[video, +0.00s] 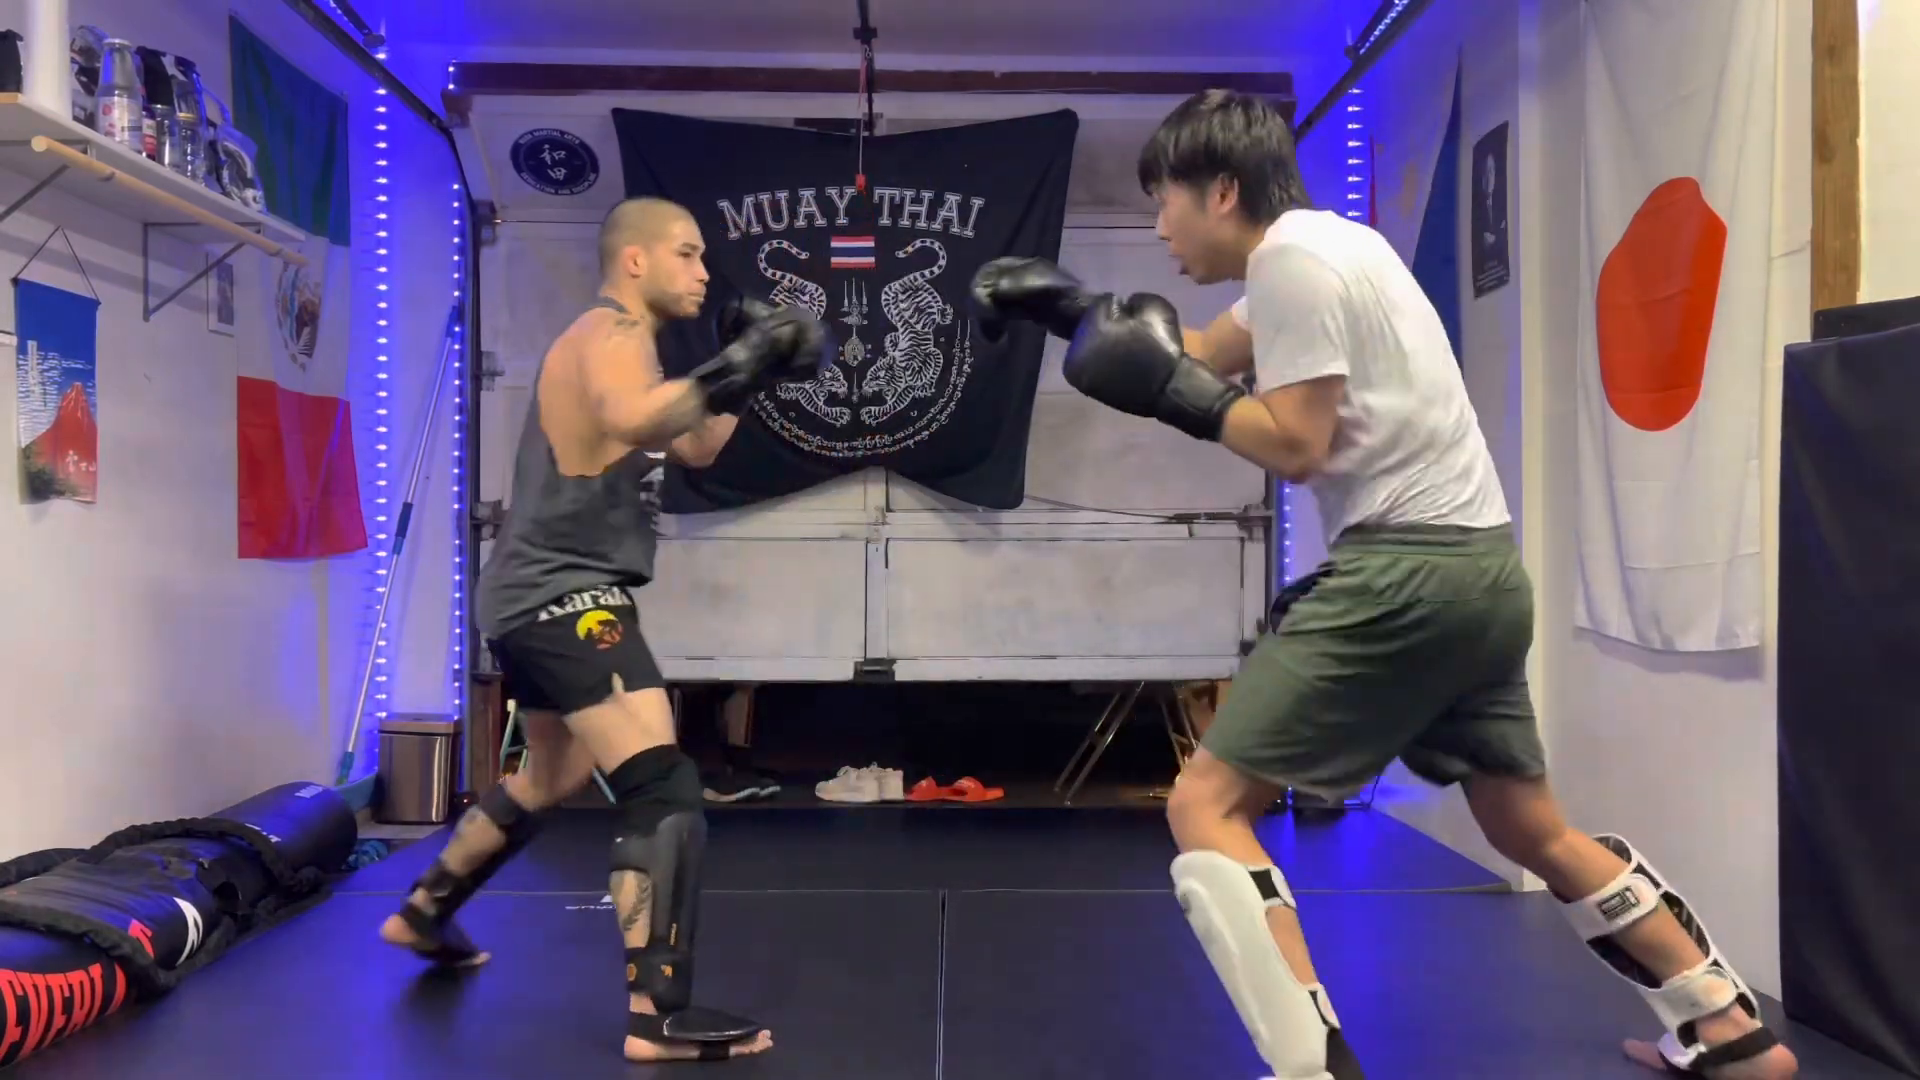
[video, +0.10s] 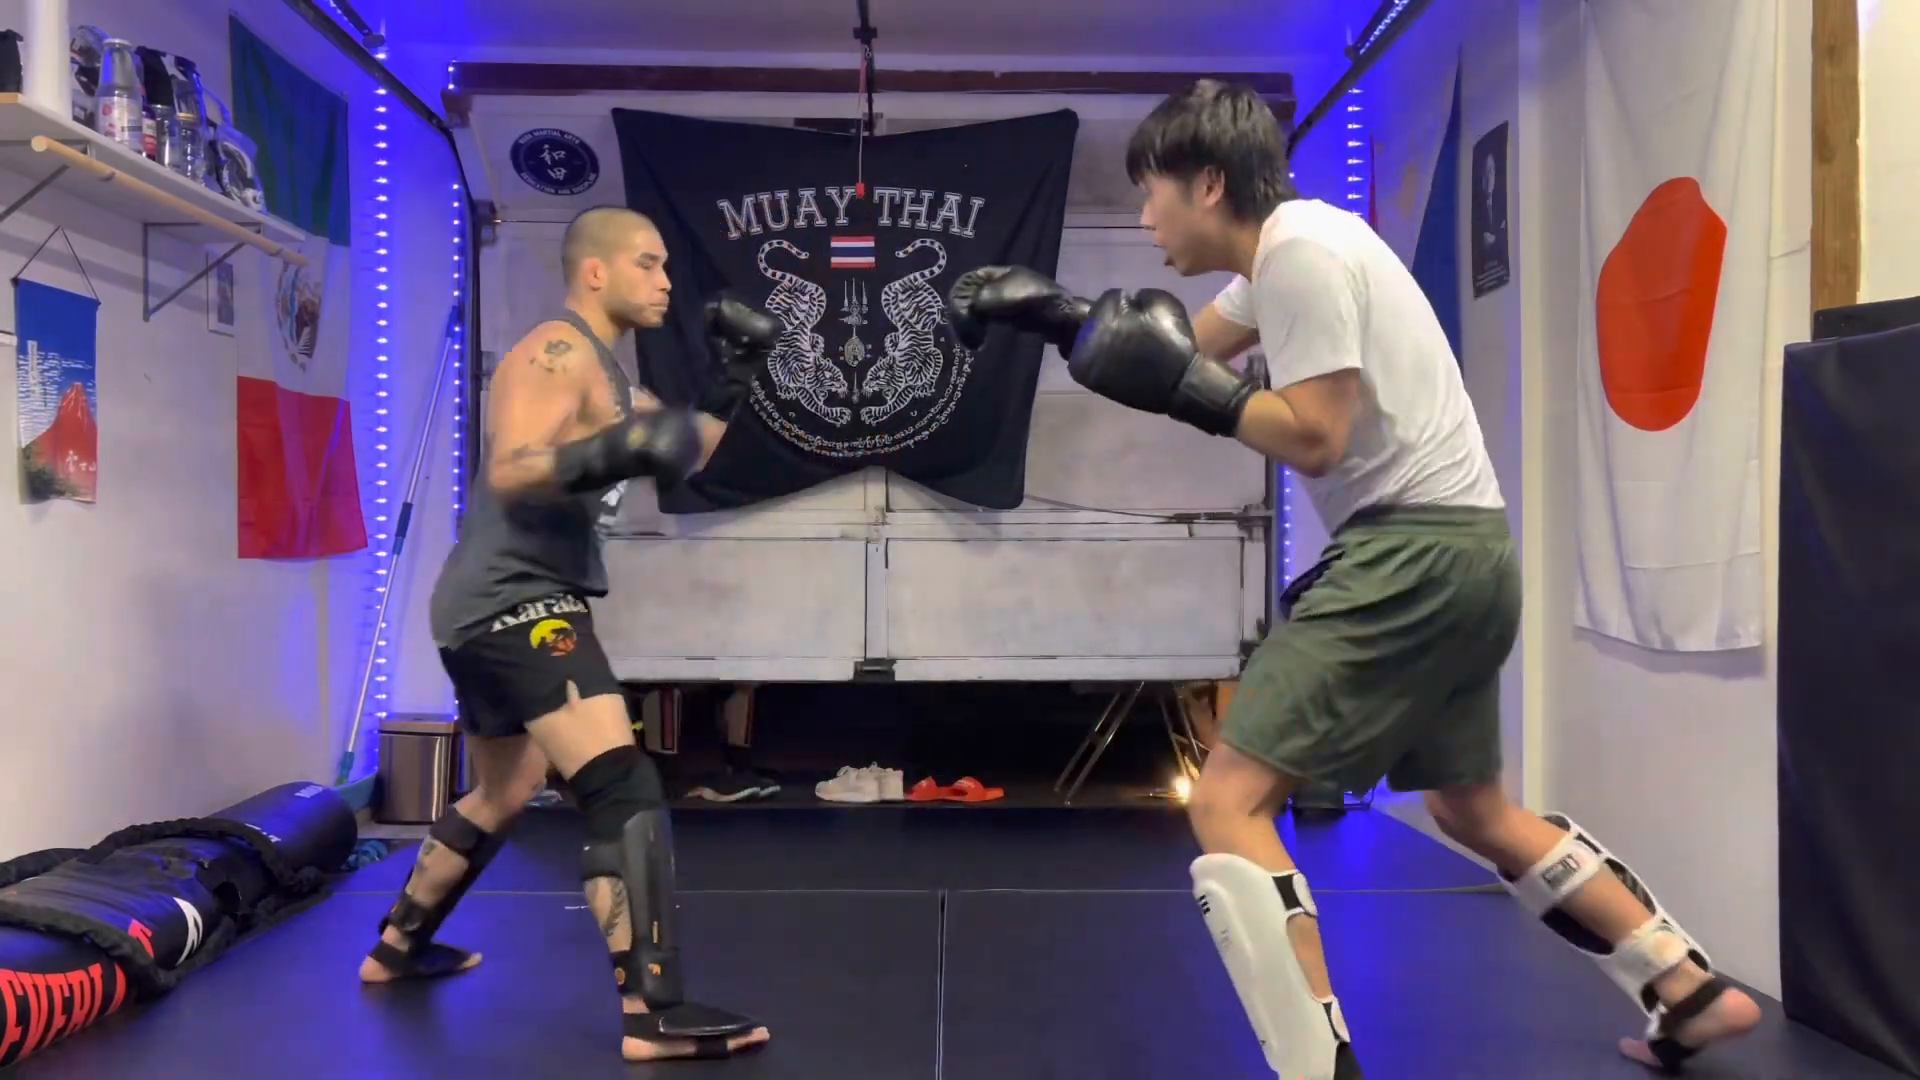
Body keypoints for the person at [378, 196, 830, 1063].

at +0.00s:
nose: (703, 271)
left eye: (702, 257)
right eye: (688, 255)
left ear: (634, 269)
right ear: (634, 260)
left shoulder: (628, 351)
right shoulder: (607, 336)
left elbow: (699, 447)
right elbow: (634, 418)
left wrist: (748, 370)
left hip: (539, 596)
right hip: (565, 595)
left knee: (550, 776)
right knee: (662, 789)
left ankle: (424, 913)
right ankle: (658, 1014)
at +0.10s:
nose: (664, 280)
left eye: (664, 266)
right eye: (649, 264)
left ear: (607, 277)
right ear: (593, 272)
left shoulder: (606, 369)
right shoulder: (553, 352)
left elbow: (682, 458)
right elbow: (508, 471)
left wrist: (730, 377)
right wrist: (618, 449)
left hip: (498, 602)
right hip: (517, 597)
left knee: (503, 791)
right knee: (621, 785)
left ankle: (397, 945)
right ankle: (653, 1009)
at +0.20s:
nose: (633, 275)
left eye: (634, 261)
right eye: (617, 258)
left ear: (586, 272)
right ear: (559, 267)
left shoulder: (585, 376)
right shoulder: (514, 345)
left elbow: (646, 460)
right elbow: (446, 455)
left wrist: (696, 390)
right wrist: (542, 480)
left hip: (506, 597)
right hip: (497, 594)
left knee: (498, 789)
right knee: (598, 775)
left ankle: (396, 949)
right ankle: (630, 1005)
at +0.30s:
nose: (609, 254)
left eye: (609, 238)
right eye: (593, 236)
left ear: (552, 246)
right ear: (535, 240)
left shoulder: (555, 340)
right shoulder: (489, 320)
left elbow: (615, 446)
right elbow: (455, 437)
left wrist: (676, 379)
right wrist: (555, 398)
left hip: (507, 576)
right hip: (494, 575)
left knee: (477, 781)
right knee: (586, 774)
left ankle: (396, 942)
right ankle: (555, 1006)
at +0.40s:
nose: (588, 253)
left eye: (590, 238)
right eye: (573, 235)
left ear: (538, 245)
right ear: (516, 240)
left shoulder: (540, 337)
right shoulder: (475, 322)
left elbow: (611, 440)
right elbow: (504, 428)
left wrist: (662, 377)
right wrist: (581, 333)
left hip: (500, 585)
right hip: (492, 585)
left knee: (467, 792)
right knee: (583, 789)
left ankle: (396, 945)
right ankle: (522, 1029)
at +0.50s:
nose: (580, 256)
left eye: (579, 240)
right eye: (563, 239)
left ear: (517, 253)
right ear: (505, 247)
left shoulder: (519, 348)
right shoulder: (478, 331)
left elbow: (606, 453)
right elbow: (559, 415)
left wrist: (662, 373)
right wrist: (620, 314)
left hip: (473, 606)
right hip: (491, 601)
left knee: (469, 794)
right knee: (596, 802)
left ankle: (396, 948)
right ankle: (522, 1041)